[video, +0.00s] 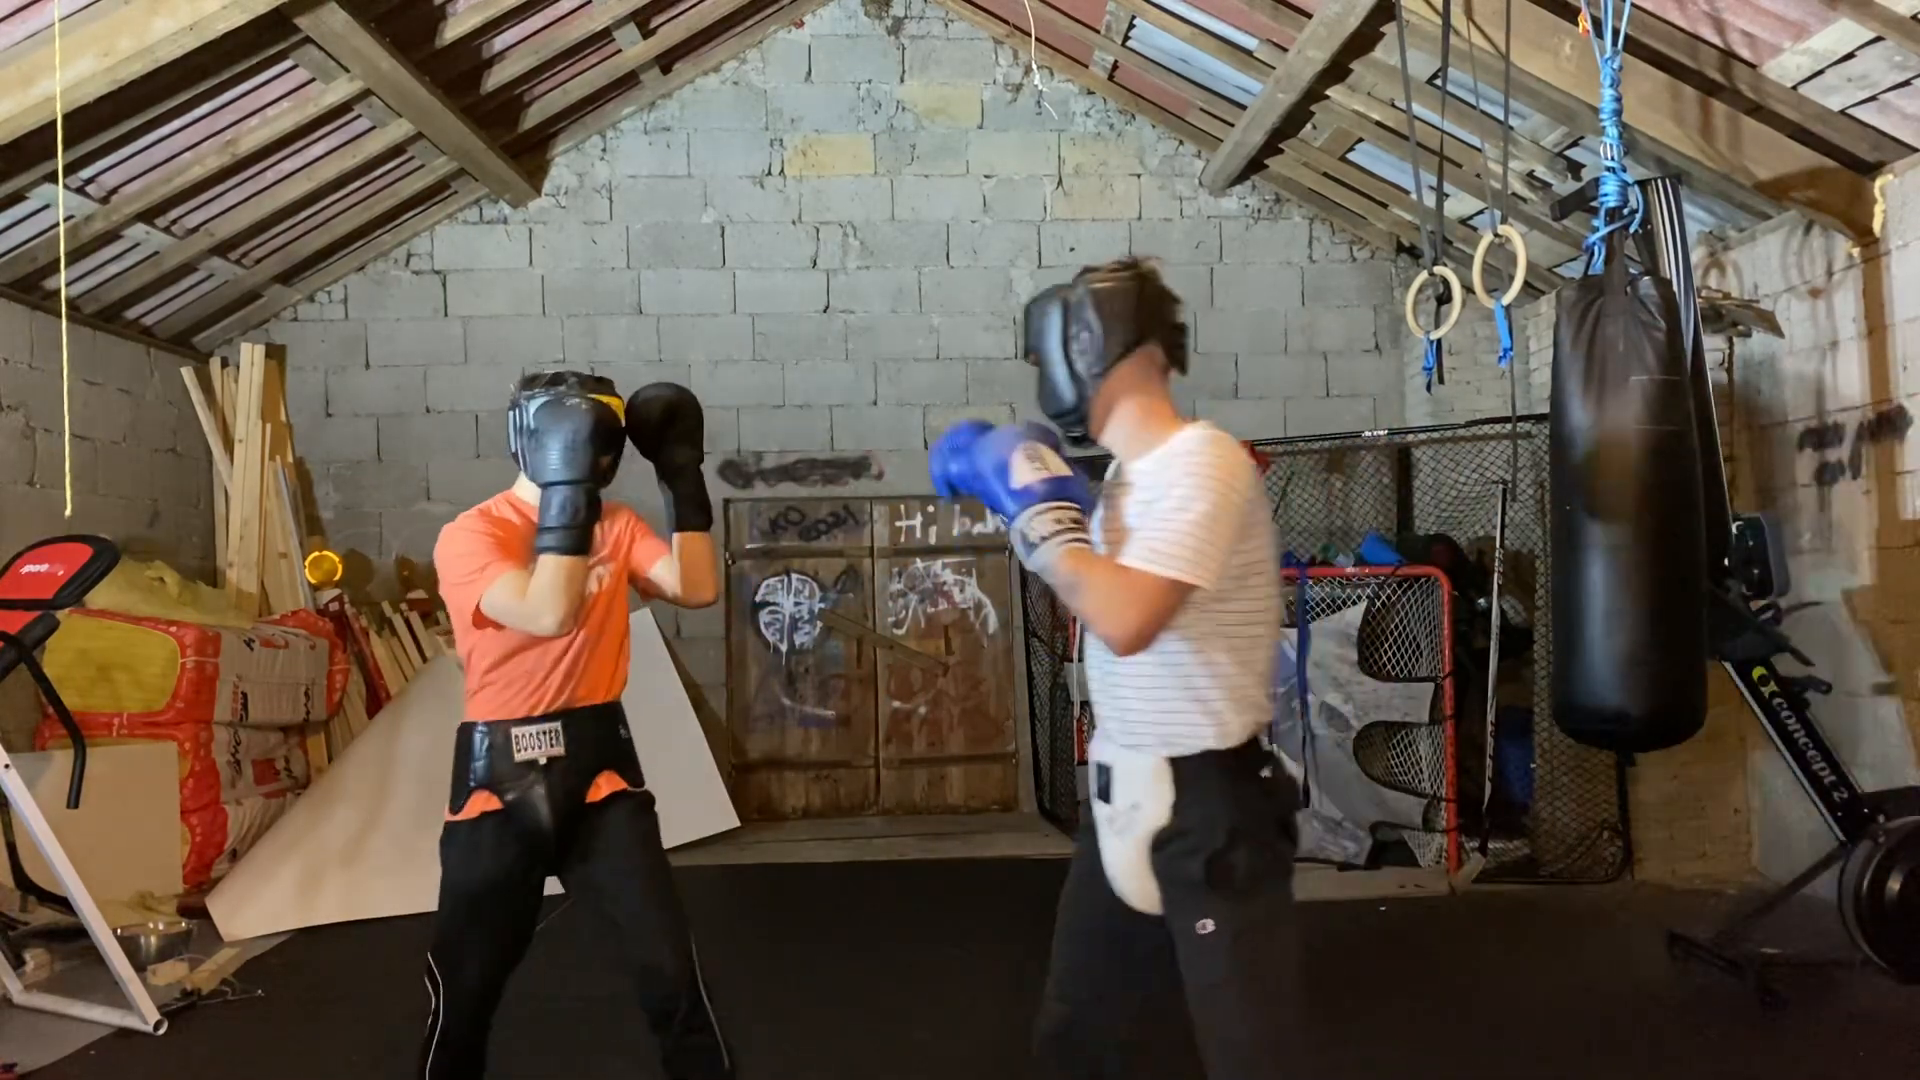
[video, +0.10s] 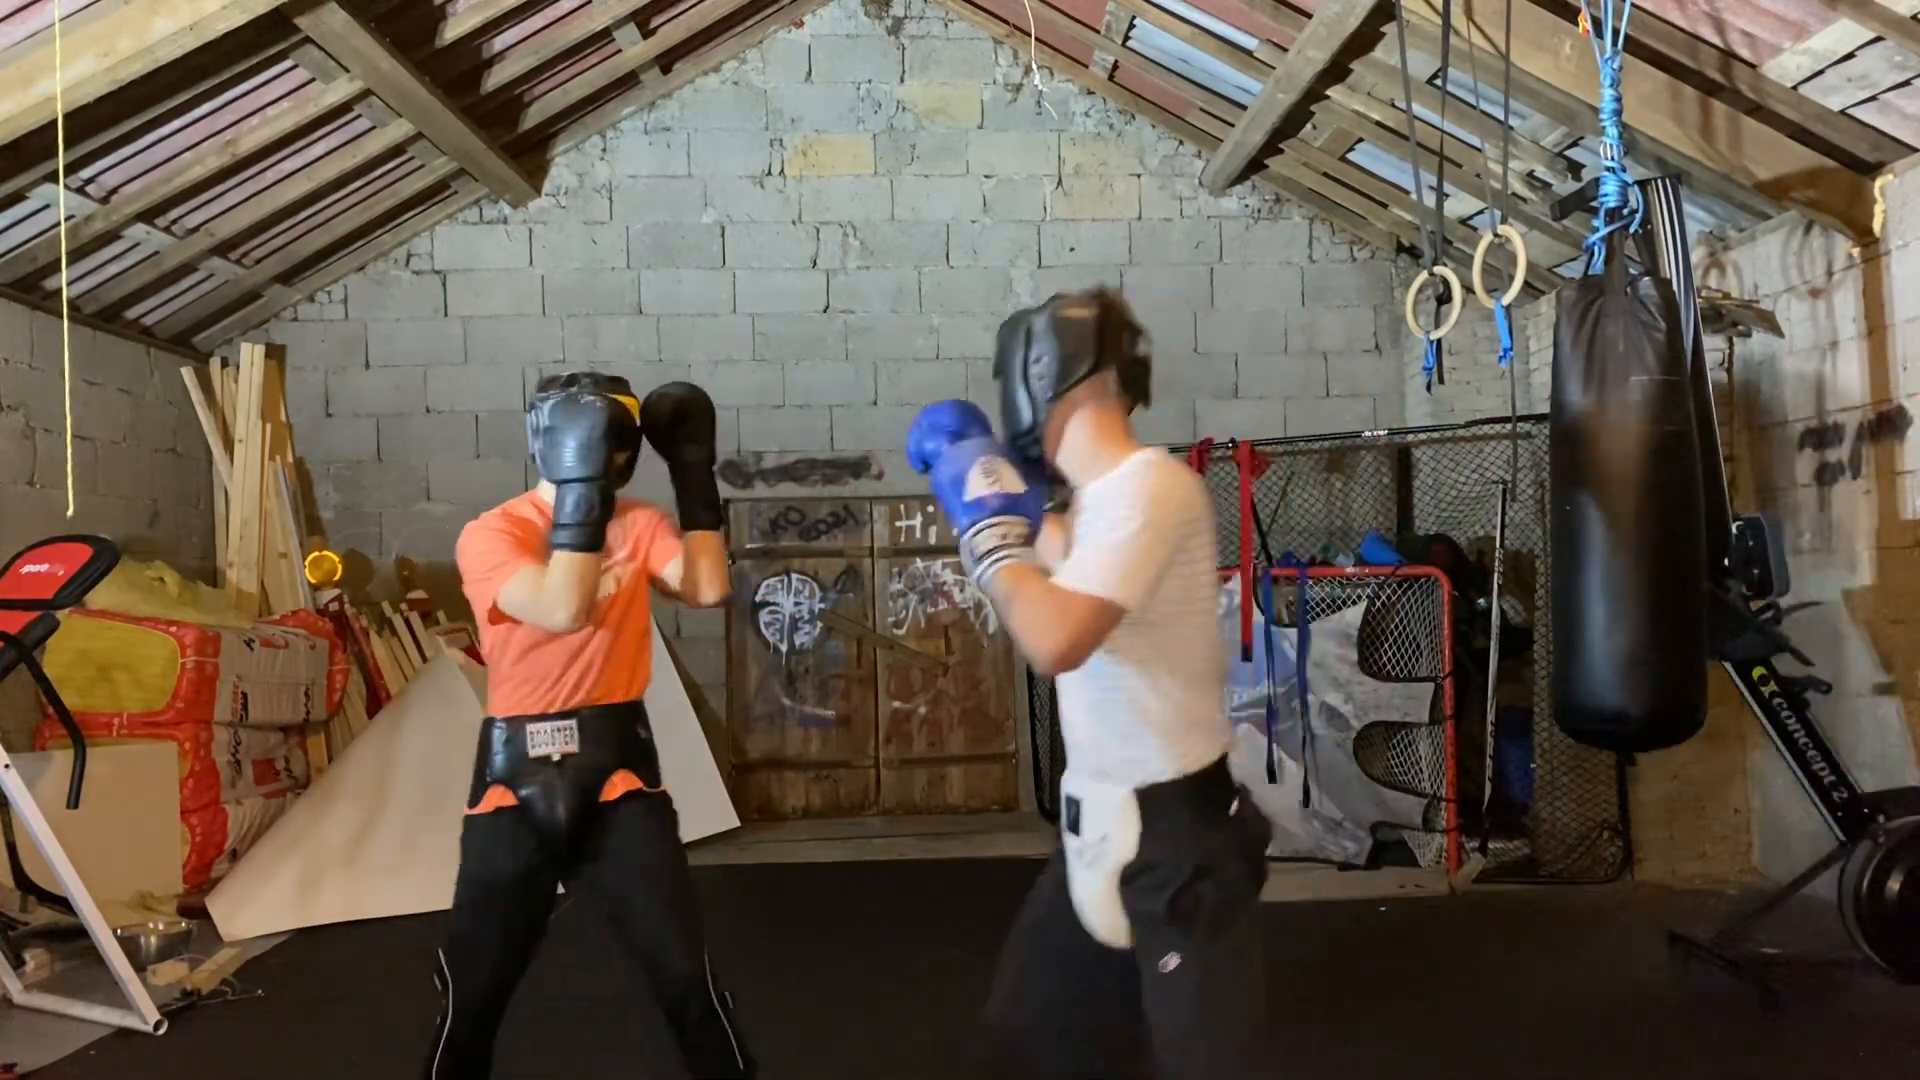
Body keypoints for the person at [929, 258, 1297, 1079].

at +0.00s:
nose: (1048, 371)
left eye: (1055, 347)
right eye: (1047, 350)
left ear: (1089, 348)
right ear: (1146, 347)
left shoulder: (1204, 463)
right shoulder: (1124, 485)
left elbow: (1127, 618)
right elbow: (1102, 602)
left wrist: (1040, 513)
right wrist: (1026, 504)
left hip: (1213, 801)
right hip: (1127, 799)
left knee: (1252, 1054)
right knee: (1077, 1040)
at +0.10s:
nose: (1010, 399)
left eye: (1015, 376)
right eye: (1011, 378)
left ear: (1050, 376)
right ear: (1103, 375)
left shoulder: (1153, 489)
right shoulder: (1091, 499)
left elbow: (1056, 638)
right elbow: (1062, 567)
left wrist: (988, 533)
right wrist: (1003, 495)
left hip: (1178, 837)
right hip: (1099, 832)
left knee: (1203, 1061)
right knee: (1028, 1034)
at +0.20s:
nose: (984, 433)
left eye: (990, 411)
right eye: (984, 413)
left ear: (1020, 407)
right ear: (1081, 408)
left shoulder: (1114, 523)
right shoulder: (1077, 528)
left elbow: (1004, 667)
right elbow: (1040, 571)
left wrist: (943, 556)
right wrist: (964, 497)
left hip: (1136, 863)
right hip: (1061, 856)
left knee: (1127, 1064)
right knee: (955, 1051)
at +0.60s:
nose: (946, 383)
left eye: (953, 361)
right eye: (949, 363)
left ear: (974, 361)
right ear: (1064, 381)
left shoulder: (1026, 489)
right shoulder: (1107, 497)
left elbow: (931, 655)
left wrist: (897, 532)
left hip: (1055, 874)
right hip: (1121, 857)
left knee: (1023, 1063)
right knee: (982, 1056)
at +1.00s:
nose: (907, 391)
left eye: (912, 374)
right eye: (912, 376)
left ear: (925, 376)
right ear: (1020, 400)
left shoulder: (920, 480)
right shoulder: (1075, 516)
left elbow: (846, 652)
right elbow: (1115, 687)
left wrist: (854, 536)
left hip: (976, 843)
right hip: (1077, 835)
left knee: (983, 1058)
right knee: (1075, 1054)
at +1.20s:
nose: (824, 415)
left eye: (828, 394)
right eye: (826, 396)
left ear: (849, 391)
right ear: (937, 403)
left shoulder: (860, 496)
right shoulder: (1013, 513)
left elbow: (799, 679)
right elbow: (1088, 663)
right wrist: (983, 632)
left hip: (992, 871)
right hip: (1080, 845)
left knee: (895, 1066)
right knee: (1024, 1061)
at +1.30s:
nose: (779, 458)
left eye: (785, 435)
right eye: (782, 438)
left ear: (810, 436)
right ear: (908, 441)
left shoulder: (830, 543)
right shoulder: (983, 538)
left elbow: (774, 734)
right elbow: (1069, 676)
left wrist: (754, 703)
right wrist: (963, 656)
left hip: (976, 911)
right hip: (1084, 882)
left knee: (878, 1064)